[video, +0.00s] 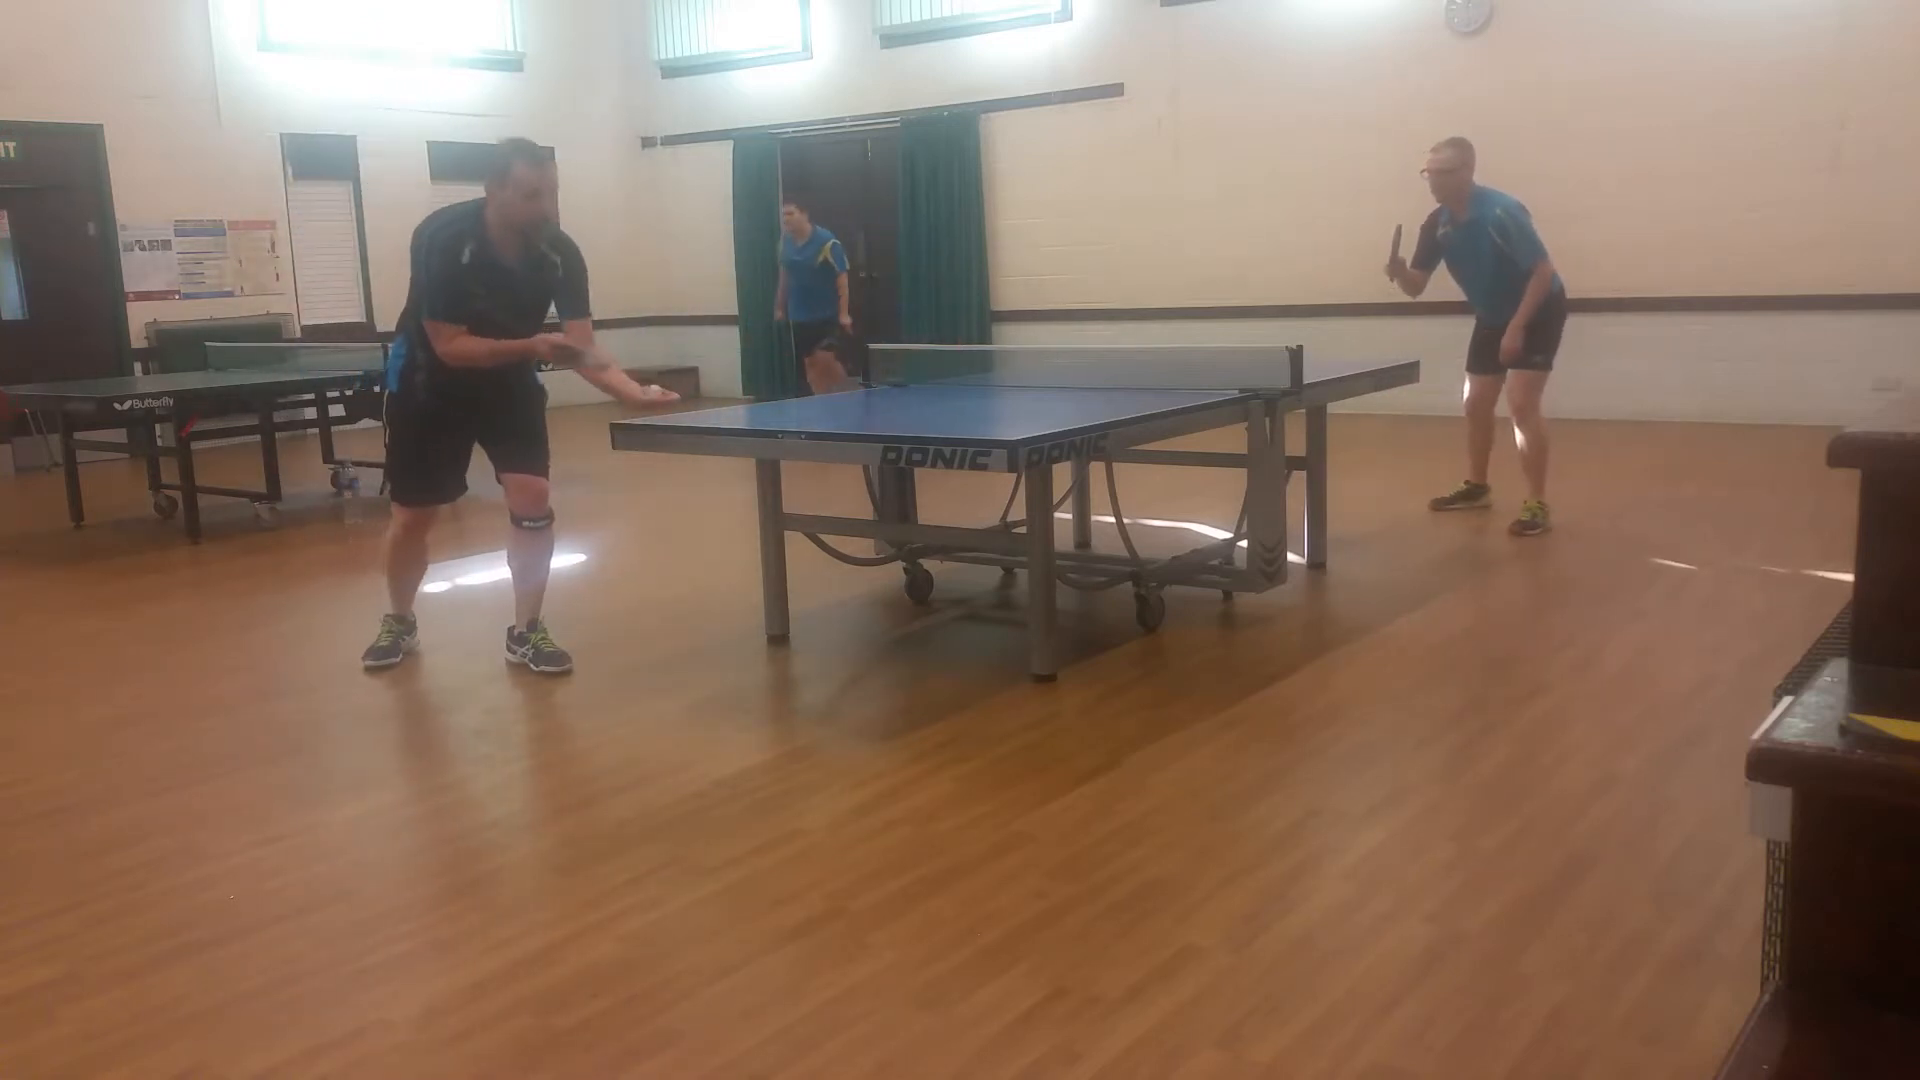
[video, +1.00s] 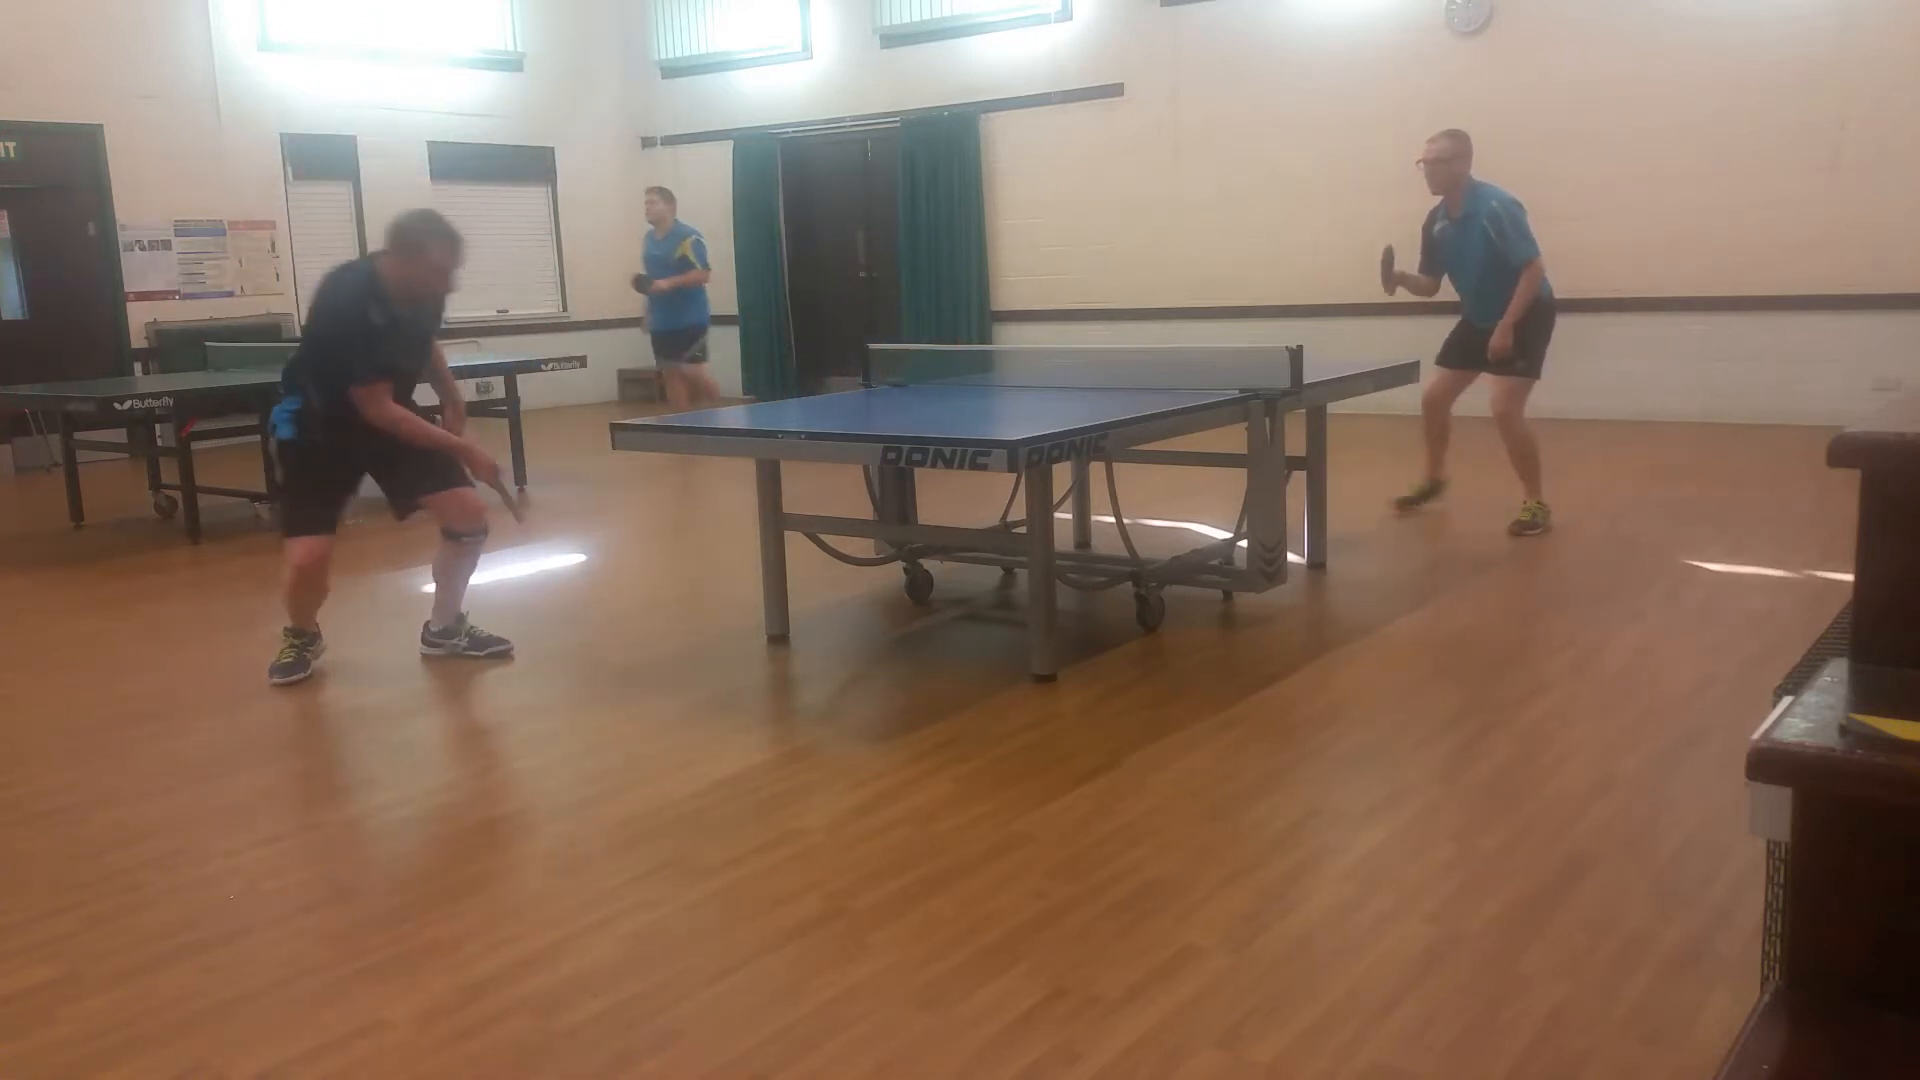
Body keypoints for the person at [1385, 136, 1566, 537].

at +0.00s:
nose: (1428, 181)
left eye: (1436, 174)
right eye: (1427, 174)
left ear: (1464, 174)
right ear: (1432, 176)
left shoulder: (1502, 211)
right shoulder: (1437, 224)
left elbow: (1543, 272)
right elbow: (1416, 285)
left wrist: (1516, 327)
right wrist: (1400, 273)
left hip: (1538, 307)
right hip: (1493, 313)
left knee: (1521, 403)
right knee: (1476, 403)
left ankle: (1536, 504)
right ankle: (1477, 486)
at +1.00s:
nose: (1426, 171)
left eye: (1435, 163)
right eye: (1424, 163)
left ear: (1462, 164)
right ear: (1426, 167)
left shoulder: (1498, 206)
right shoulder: (1436, 221)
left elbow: (1534, 271)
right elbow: (1428, 286)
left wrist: (1506, 326)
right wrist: (1398, 277)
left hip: (1527, 315)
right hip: (1481, 317)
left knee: (1506, 409)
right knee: (1434, 399)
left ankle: (1535, 503)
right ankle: (1434, 481)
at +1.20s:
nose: (1417, 190)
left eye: (1426, 182)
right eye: (1416, 182)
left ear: (1454, 184)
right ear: (1417, 186)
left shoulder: (1494, 224)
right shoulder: (1419, 238)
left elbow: (1530, 289)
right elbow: (1411, 296)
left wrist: (1498, 338)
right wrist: (1389, 309)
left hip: (1517, 320)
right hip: (1467, 324)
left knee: (1518, 407)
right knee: (1422, 409)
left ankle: (1546, 500)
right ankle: (1397, 494)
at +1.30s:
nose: (1422, 203)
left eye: (1431, 196)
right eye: (1420, 195)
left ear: (1456, 198)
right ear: (1419, 198)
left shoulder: (1499, 236)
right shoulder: (1423, 248)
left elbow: (1535, 298)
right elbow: (1408, 304)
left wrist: (1501, 348)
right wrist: (1390, 324)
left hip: (1520, 327)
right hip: (1468, 331)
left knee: (1531, 409)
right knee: (1419, 408)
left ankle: (1577, 500)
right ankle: (1395, 493)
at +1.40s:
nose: (1430, 223)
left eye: (1438, 216)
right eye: (1428, 216)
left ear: (1464, 219)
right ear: (1427, 217)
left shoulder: (1506, 254)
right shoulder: (1431, 266)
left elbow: (1545, 317)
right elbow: (1423, 326)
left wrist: (1508, 364)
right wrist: (1404, 346)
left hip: (1531, 338)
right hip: (1478, 341)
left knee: (1548, 416)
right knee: (1418, 404)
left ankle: (1592, 505)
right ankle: (1393, 493)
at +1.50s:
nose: (1439, 246)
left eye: (1448, 238)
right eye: (1437, 238)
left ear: (1472, 240)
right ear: (1434, 239)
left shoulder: (1515, 268)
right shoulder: (1440, 284)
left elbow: (1558, 330)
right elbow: (1437, 342)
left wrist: (1525, 378)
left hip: (1537, 351)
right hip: (1482, 354)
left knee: (1559, 414)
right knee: (1415, 406)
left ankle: (1596, 504)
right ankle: (1393, 492)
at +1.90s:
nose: (1460, 193)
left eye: (1470, 185)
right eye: (1458, 185)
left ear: (1493, 188)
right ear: (1455, 186)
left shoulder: (1517, 231)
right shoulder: (1473, 229)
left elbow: (1568, 283)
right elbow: (1488, 275)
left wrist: (1566, 337)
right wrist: (1454, 282)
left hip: (1541, 344)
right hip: (1496, 341)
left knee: (1547, 421)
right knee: (1432, 400)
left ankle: (1595, 507)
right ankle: (1404, 482)